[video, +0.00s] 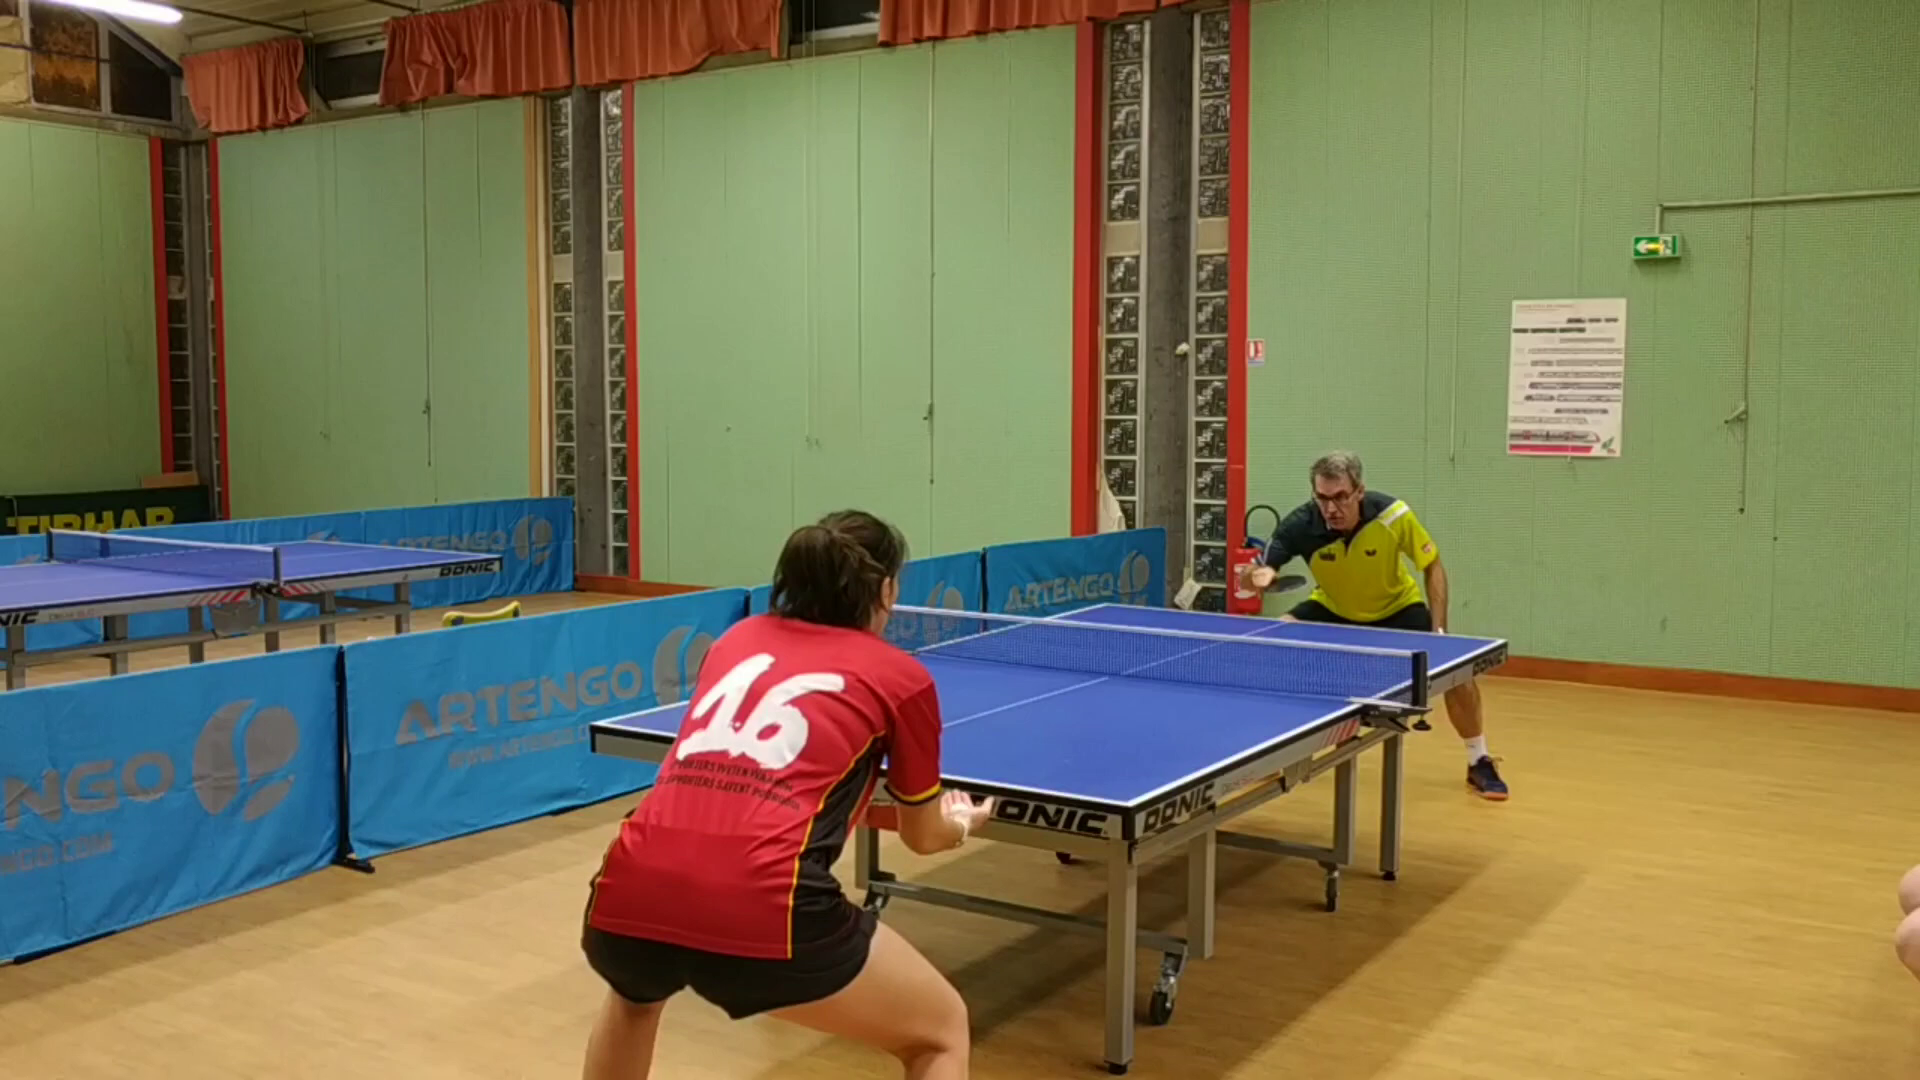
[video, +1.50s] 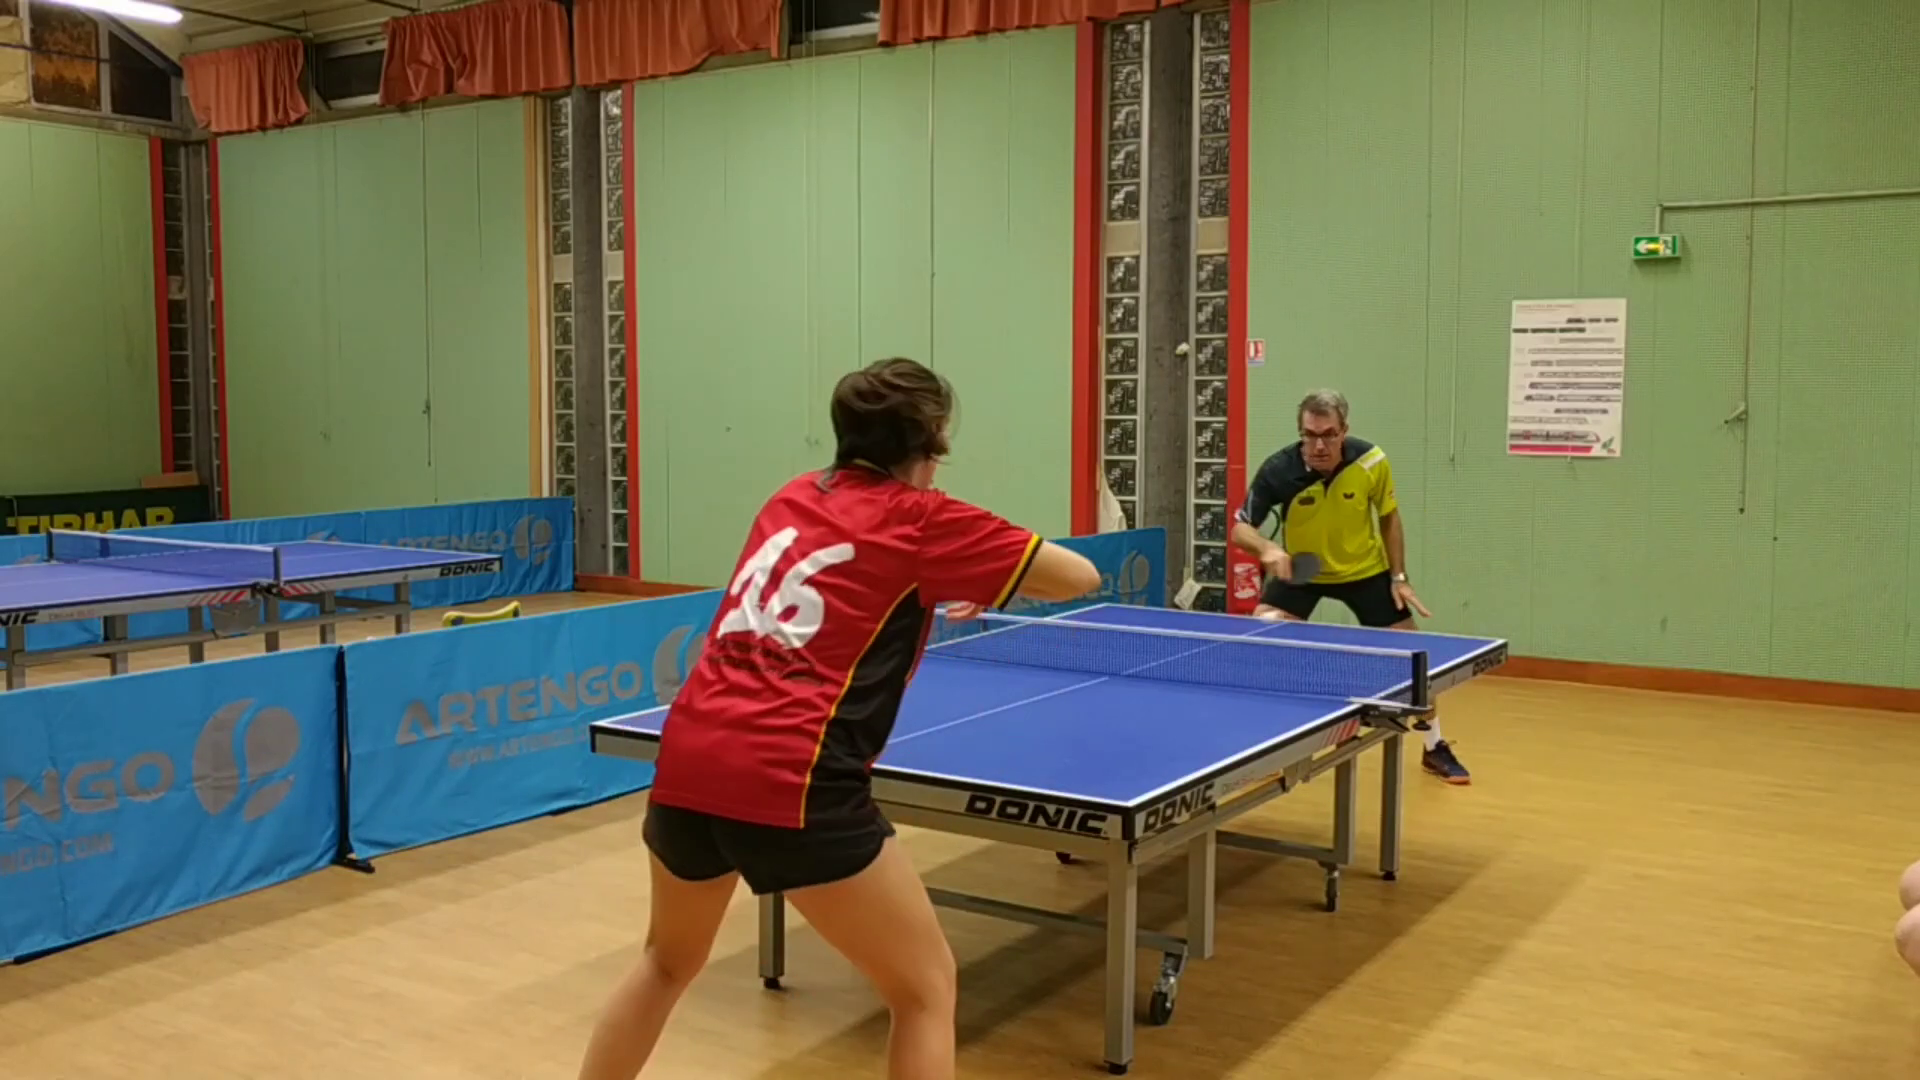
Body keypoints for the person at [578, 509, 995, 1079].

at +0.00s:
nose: (897, 598)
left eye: (895, 582)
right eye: (897, 584)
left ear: (799, 580)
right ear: (883, 594)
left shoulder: (734, 639)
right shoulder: (902, 677)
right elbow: (924, 834)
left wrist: (852, 795)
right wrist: (956, 823)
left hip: (627, 912)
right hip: (765, 924)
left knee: (633, 993)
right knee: (939, 1032)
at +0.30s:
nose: (890, 558)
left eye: (891, 545)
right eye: (890, 545)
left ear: (792, 544)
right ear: (876, 554)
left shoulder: (729, 604)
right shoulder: (895, 639)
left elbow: (715, 726)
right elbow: (928, 794)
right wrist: (966, 788)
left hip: (634, 876)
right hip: (768, 888)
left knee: (629, 999)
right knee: (934, 1032)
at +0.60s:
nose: (877, 491)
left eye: (876, 477)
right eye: (874, 477)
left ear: (778, 482)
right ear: (850, 485)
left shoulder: (720, 551)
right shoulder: (859, 561)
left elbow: (750, 673)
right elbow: (962, 671)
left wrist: (869, 708)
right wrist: (994, 597)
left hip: (630, 838)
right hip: (746, 847)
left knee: (651, 996)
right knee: (902, 1032)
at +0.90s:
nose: (854, 443)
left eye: (851, 426)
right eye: (845, 426)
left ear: (786, 434)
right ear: (806, 434)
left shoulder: (698, 505)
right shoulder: (777, 493)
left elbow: (730, 673)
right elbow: (937, 556)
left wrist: (853, 663)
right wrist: (1002, 595)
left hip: (592, 776)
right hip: (686, 775)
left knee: (652, 987)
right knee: (876, 942)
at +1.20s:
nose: (903, 481)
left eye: (905, 466)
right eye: (902, 465)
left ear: (821, 456)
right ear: (873, 463)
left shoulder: (741, 512)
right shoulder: (848, 525)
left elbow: (765, 603)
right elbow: (1001, 597)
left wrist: (852, 658)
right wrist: (997, 654)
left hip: (629, 788)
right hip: (732, 794)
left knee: (660, 995)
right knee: (886, 996)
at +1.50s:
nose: (938, 466)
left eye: (940, 451)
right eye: (938, 450)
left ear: (849, 439)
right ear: (923, 453)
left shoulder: (791, 497)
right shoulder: (920, 518)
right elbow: (1080, 576)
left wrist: (938, 581)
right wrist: (1000, 575)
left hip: (684, 778)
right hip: (795, 794)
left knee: (663, 961)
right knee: (926, 992)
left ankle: (594, 1078)